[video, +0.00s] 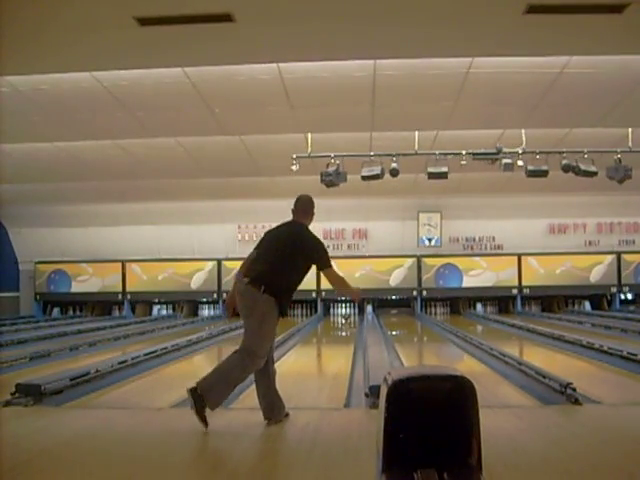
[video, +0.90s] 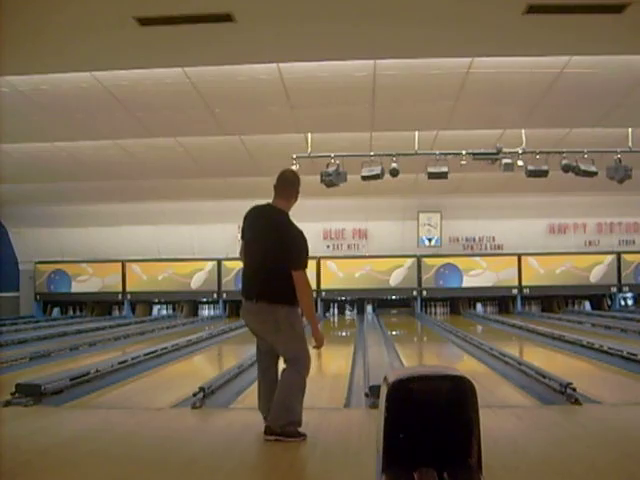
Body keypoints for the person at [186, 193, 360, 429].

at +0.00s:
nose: (311, 216)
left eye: (308, 211)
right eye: (312, 212)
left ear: (293, 211)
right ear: (312, 214)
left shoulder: (275, 231)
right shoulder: (311, 241)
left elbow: (247, 264)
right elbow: (332, 277)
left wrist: (232, 294)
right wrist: (352, 292)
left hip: (245, 289)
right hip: (264, 296)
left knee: (263, 356)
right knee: (253, 354)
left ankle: (274, 413)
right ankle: (203, 393)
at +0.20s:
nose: (308, 209)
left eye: (304, 205)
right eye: (310, 206)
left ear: (291, 203)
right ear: (312, 207)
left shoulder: (270, 226)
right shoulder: (308, 238)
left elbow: (247, 259)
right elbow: (323, 276)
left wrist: (252, 283)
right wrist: (336, 291)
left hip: (248, 294)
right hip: (270, 299)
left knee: (264, 357)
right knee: (274, 358)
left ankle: (274, 413)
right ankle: (233, 406)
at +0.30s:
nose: (311, 215)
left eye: (307, 209)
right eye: (312, 211)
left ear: (292, 208)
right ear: (311, 213)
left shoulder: (270, 228)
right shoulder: (306, 247)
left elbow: (248, 259)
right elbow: (314, 291)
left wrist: (258, 284)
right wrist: (326, 304)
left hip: (250, 305)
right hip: (273, 308)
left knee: (269, 358)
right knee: (288, 362)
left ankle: (268, 413)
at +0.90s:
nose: (293, 197)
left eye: (288, 192)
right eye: (296, 193)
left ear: (273, 190)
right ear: (296, 195)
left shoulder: (253, 215)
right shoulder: (293, 234)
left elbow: (245, 257)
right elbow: (301, 283)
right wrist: (314, 325)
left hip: (251, 305)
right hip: (279, 309)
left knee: (267, 354)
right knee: (299, 361)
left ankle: (271, 417)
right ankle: (281, 425)